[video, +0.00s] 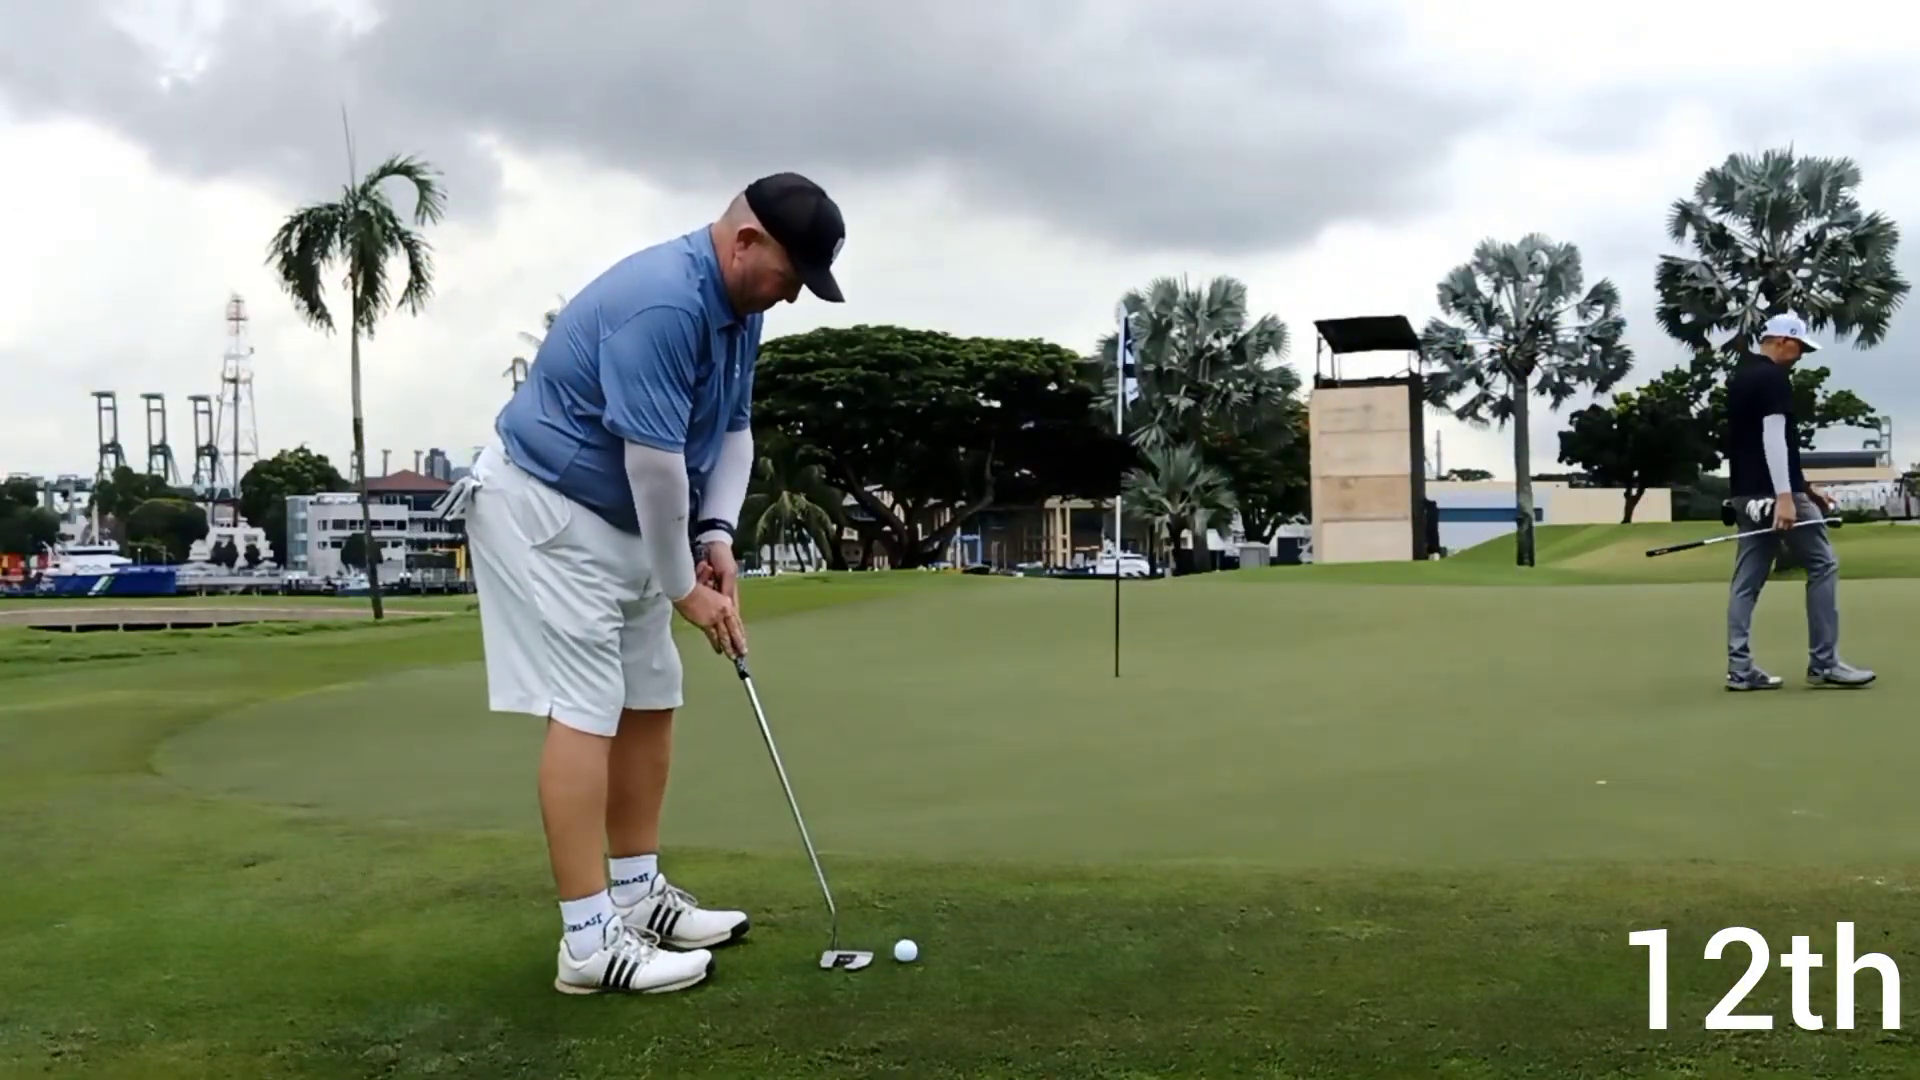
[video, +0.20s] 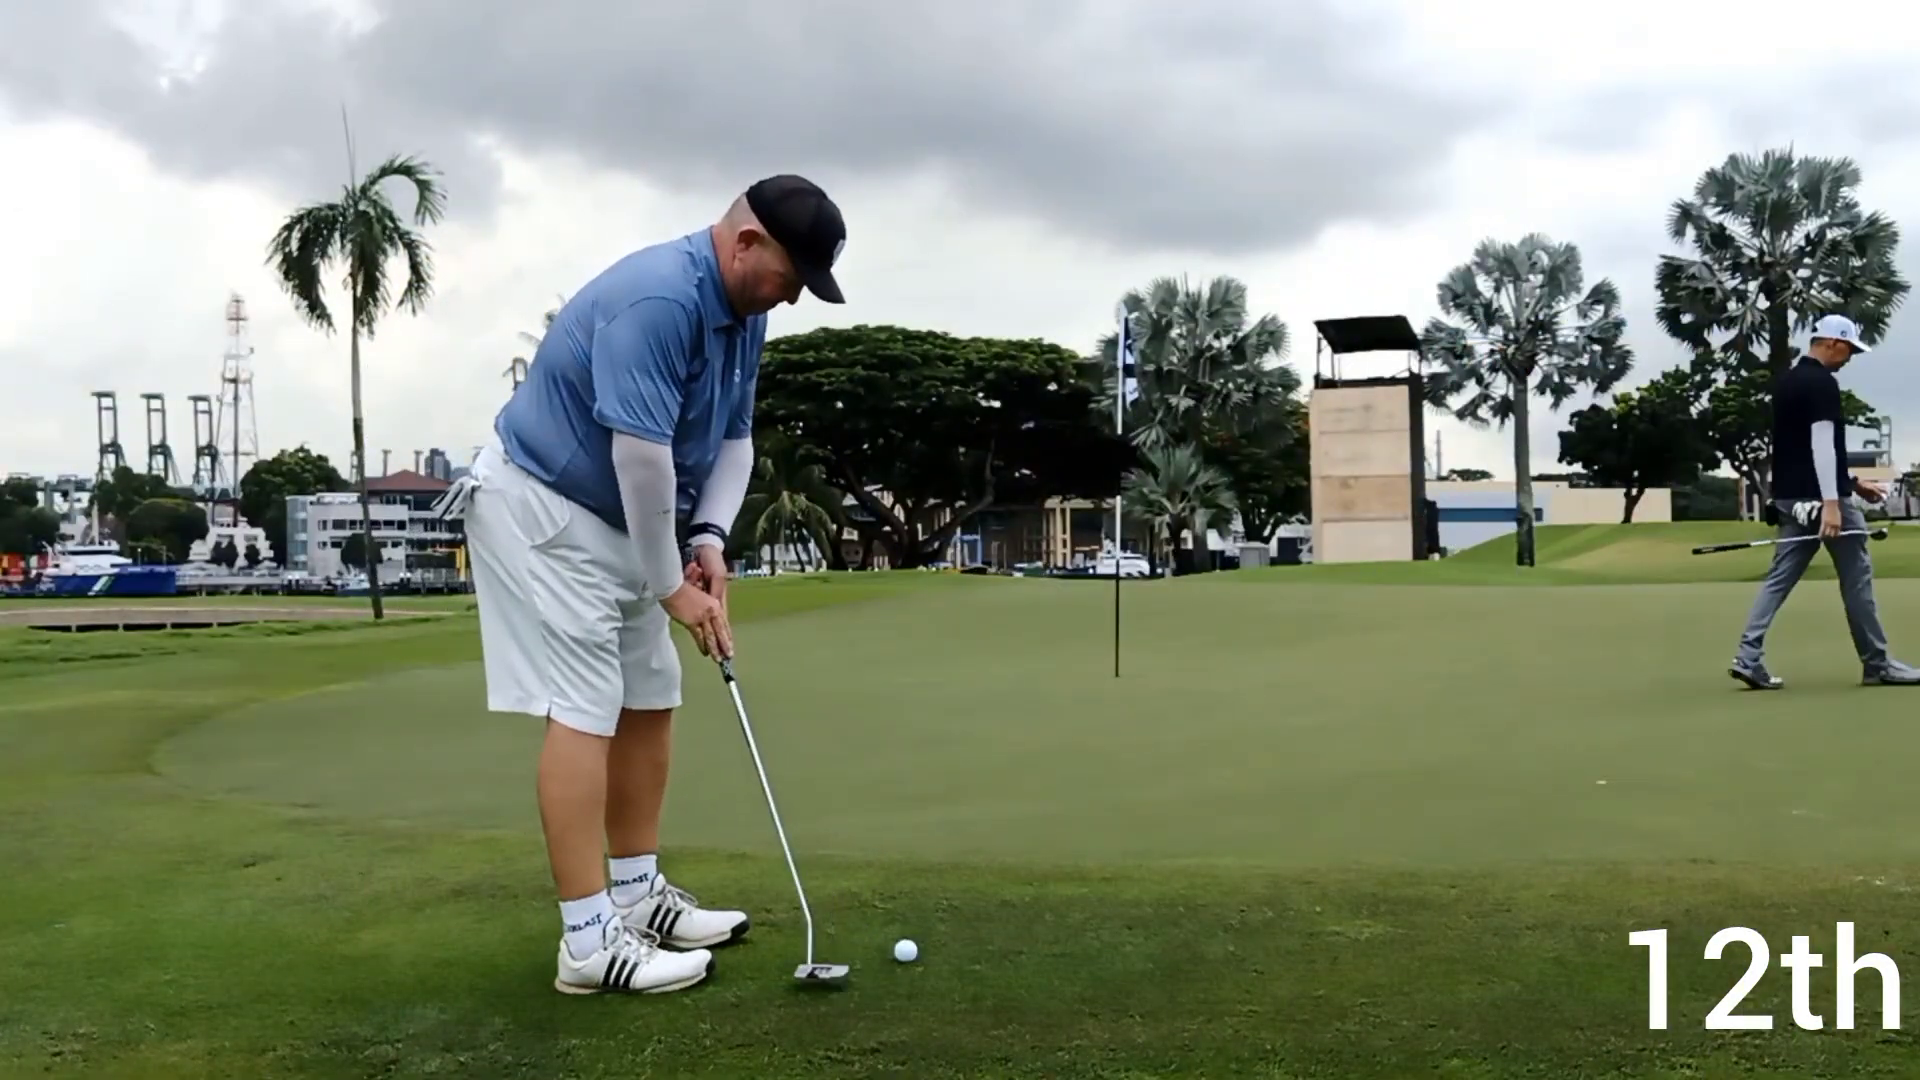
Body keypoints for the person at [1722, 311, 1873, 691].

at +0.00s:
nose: (1799, 356)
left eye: (1801, 350)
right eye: (1798, 349)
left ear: (1774, 341)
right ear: (1782, 341)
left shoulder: (1744, 375)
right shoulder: (1772, 378)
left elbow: (1764, 447)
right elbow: (1773, 440)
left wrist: (1805, 488)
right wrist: (1784, 496)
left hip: (1750, 496)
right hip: (1780, 495)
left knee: (1746, 582)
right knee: (1823, 566)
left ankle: (1739, 667)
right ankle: (1824, 661)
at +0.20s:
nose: (1849, 358)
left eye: (1851, 352)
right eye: (1848, 351)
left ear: (1822, 344)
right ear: (1831, 344)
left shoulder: (1791, 378)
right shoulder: (1821, 381)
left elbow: (1808, 450)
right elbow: (1822, 446)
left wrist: (1853, 482)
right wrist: (1831, 504)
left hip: (1793, 498)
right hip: (1827, 499)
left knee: (1780, 578)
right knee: (1857, 576)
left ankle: (1747, 658)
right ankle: (1877, 661)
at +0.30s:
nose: (1876, 355)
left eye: (1878, 348)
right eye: (1875, 347)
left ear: (1847, 341)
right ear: (1859, 341)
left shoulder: (1813, 378)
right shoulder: (1847, 379)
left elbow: (1806, 441)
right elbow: (1848, 441)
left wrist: (1814, 494)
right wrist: (1862, 498)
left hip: (1821, 496)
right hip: (1852, 495)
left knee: (1823, 573)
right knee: (1873, 578)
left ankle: (1771, 640)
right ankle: (1879, 662)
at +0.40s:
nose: (1898, 354)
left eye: (1901, 348)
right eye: (1898, 346)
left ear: (1867, 338)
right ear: (1883, 339)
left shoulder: (1833, 375)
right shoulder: (1871, 374)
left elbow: (1832, 435)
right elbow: (1869, 428)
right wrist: (1897, 481)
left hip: (1842, 490)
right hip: (1873, 490)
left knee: (1864, 570)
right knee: (1881, 575)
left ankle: (1812, 628)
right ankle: (1879, 662)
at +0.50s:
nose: (1918, 351)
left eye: (1919, 344)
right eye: (1917, 343)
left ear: (1890, 336)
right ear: (1906, 337)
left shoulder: (1855, 372)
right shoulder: (1893, 370)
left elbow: (1849, 438)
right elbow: (1897, 419)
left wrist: (1846, 491)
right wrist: (1919, 464)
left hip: (1867, 488)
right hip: (1894, 490)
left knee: (1910, 562)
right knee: (1894, 572)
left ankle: (1866, 636)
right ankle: (1879, 661)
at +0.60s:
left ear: (1899, 335)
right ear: (1914, 336)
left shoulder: (1870, 371)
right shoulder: (1909, 370)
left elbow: (1855, 436)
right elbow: (1914, 418)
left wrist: (1847, 489)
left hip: (1884, 485)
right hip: (1907, 486)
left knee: (1912, 574)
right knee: (1897, 575)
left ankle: (1909, 655)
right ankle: (1880, 662)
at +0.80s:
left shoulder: (1911, 384)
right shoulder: (1911, 384)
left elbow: (1892, 440)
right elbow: (1893, 440)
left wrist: (1875, 491)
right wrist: (1876, 491)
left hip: (1916, 501)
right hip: (1916, 501)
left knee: (1916, 579)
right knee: (1916, 579)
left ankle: (1885, 655)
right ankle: (1884, 655)